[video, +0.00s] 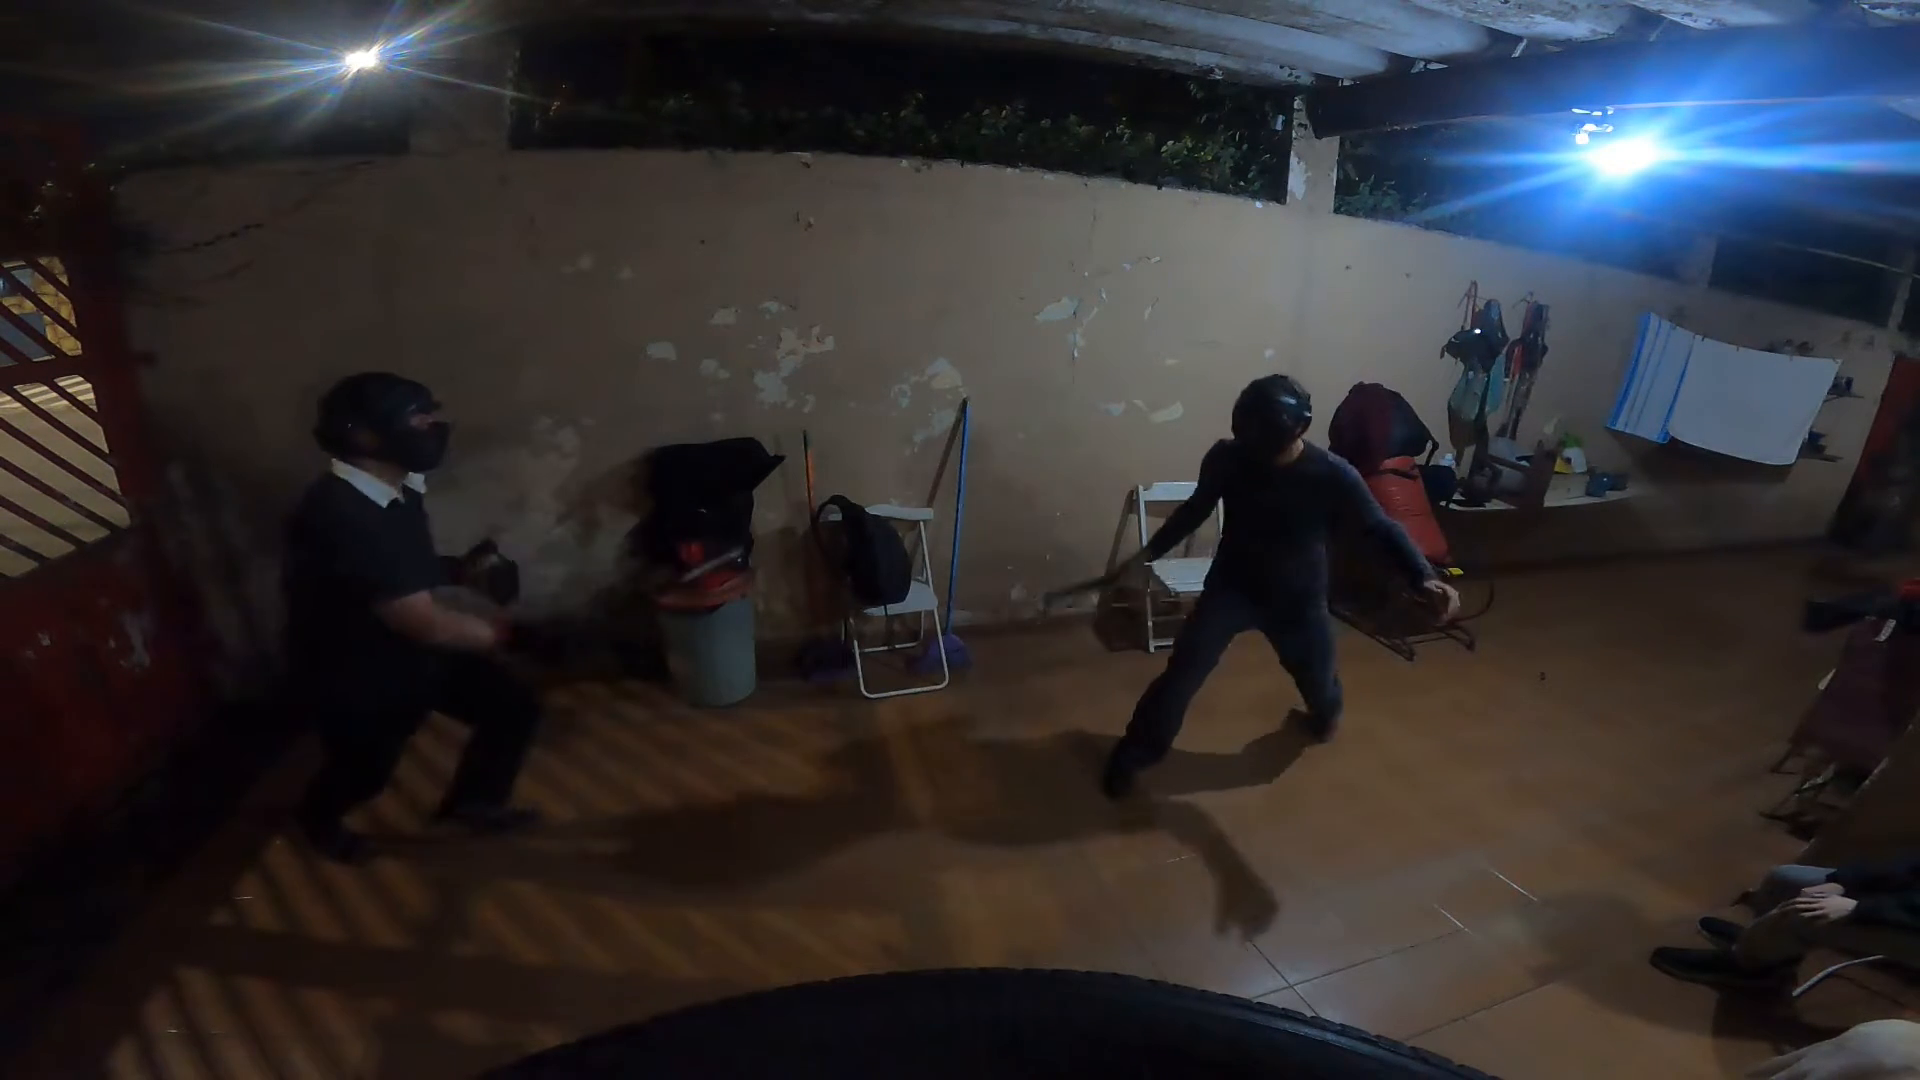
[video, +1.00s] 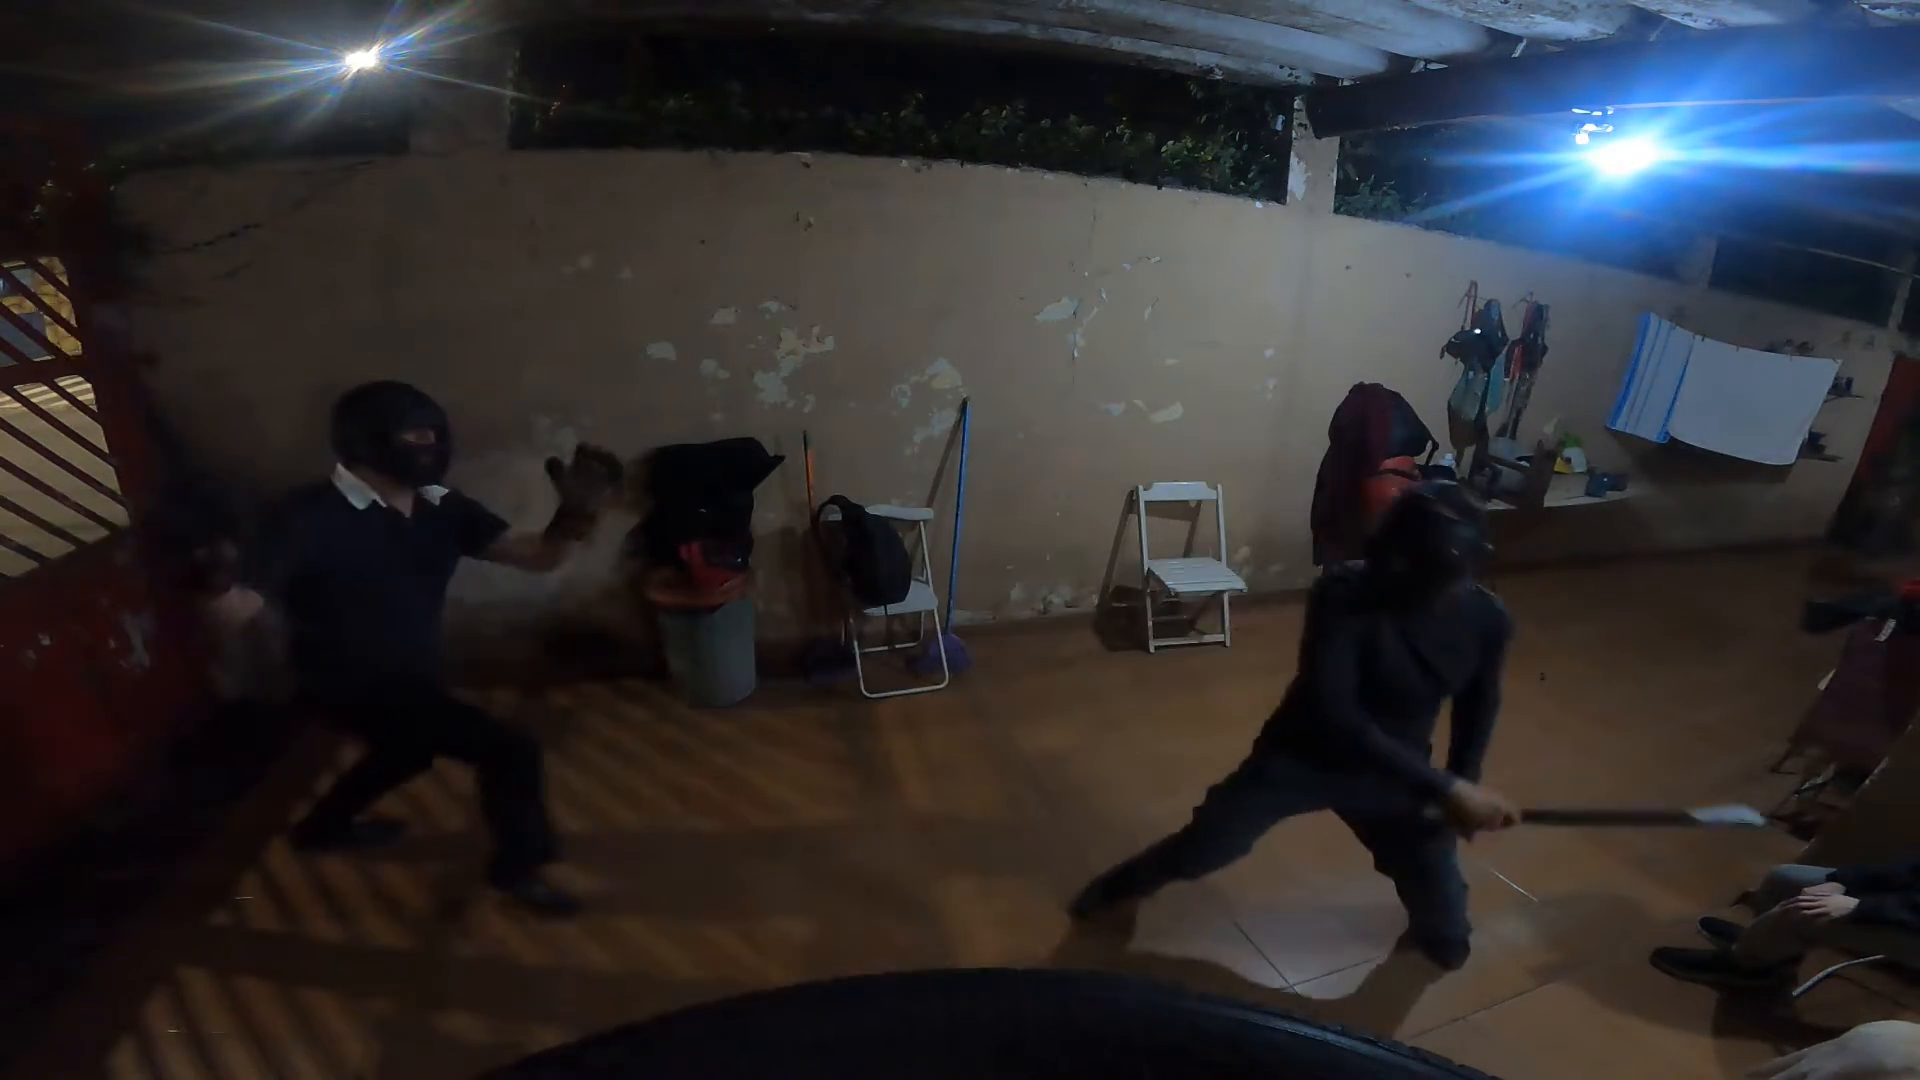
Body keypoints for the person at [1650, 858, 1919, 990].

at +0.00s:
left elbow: (1913, 916)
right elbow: (1910, 869)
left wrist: (1857, 910)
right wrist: (1843, 883)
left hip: (1910, 928)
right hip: (1903, 890)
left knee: (1800, 914)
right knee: (1783, 879)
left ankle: (1742, 962)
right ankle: (1757, 943)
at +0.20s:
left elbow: (1913, 916)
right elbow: (1910, 870)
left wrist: (1857, 909)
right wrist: (1844, 883)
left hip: (1910, 930)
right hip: (1903, 891)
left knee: (1800, 914)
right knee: (1783, 880)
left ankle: (1741, 962)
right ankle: (1756, 944)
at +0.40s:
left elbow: (1913, 916)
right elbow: (1910, 870)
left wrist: (1857, 909)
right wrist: (1843, 883)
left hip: (1911, 928)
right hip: (1904, 891)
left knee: (1800, 914)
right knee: (1783, 880)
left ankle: (1742, 963)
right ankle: (1756, 944)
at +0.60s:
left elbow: (1913, 915)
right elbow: (1910, 870)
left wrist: (1856, 908)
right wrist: (1843, 882)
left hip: (1911, 928)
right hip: (1904, 891)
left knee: (1801, 913)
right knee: (1783, 880)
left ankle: (1741, 963)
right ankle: (1756, 945)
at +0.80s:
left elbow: (1913, 912)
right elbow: (1909, 872)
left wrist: (1858, 908)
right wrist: (1845, 882)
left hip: (1912, 928)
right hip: (1905, 891)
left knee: (1799, 914)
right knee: (1783, 879)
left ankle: (1742, 963)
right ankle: (1756, 944)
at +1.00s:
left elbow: (1913, 915)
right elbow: (1910, 873)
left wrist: (1858, 908)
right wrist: (1845, 883)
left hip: (1912, 927)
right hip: (1905, 892)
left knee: (1799, 913)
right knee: (1783, 880)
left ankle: (1741, 963)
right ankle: (1757, 945)